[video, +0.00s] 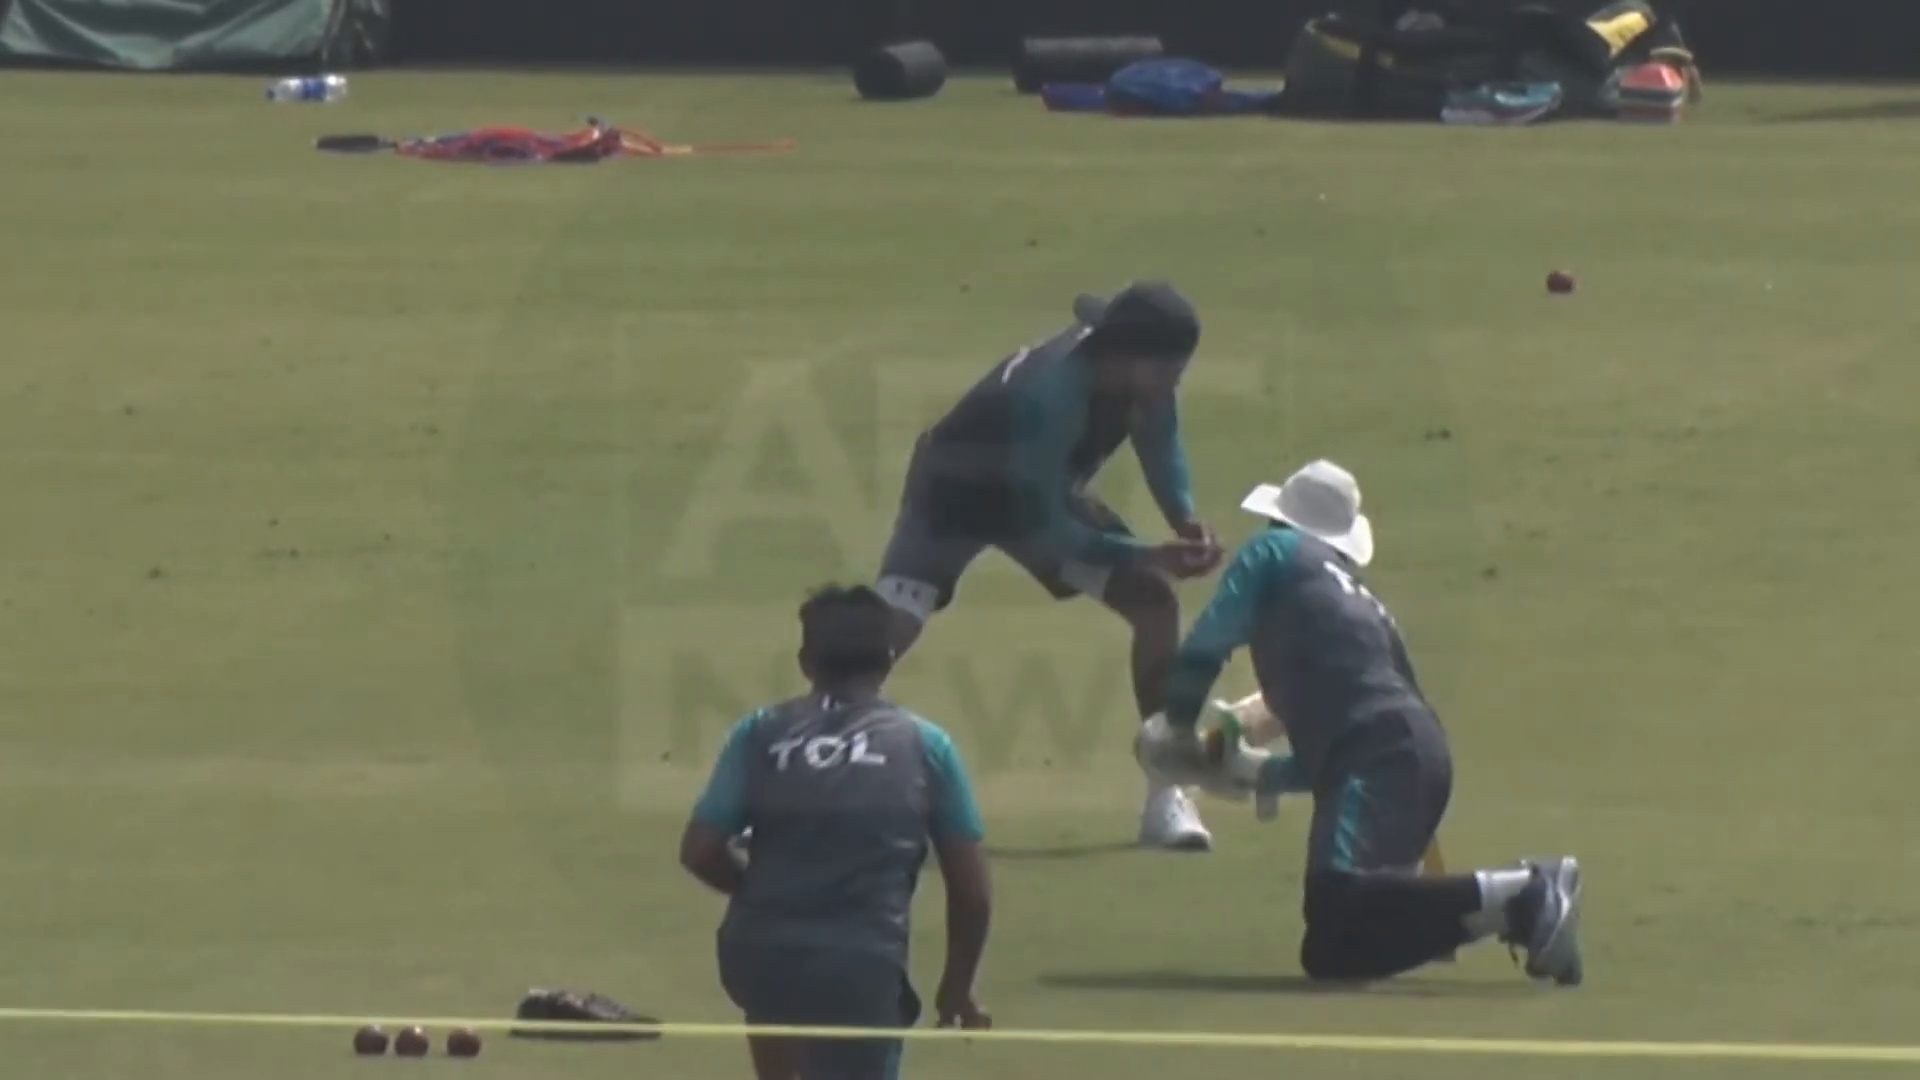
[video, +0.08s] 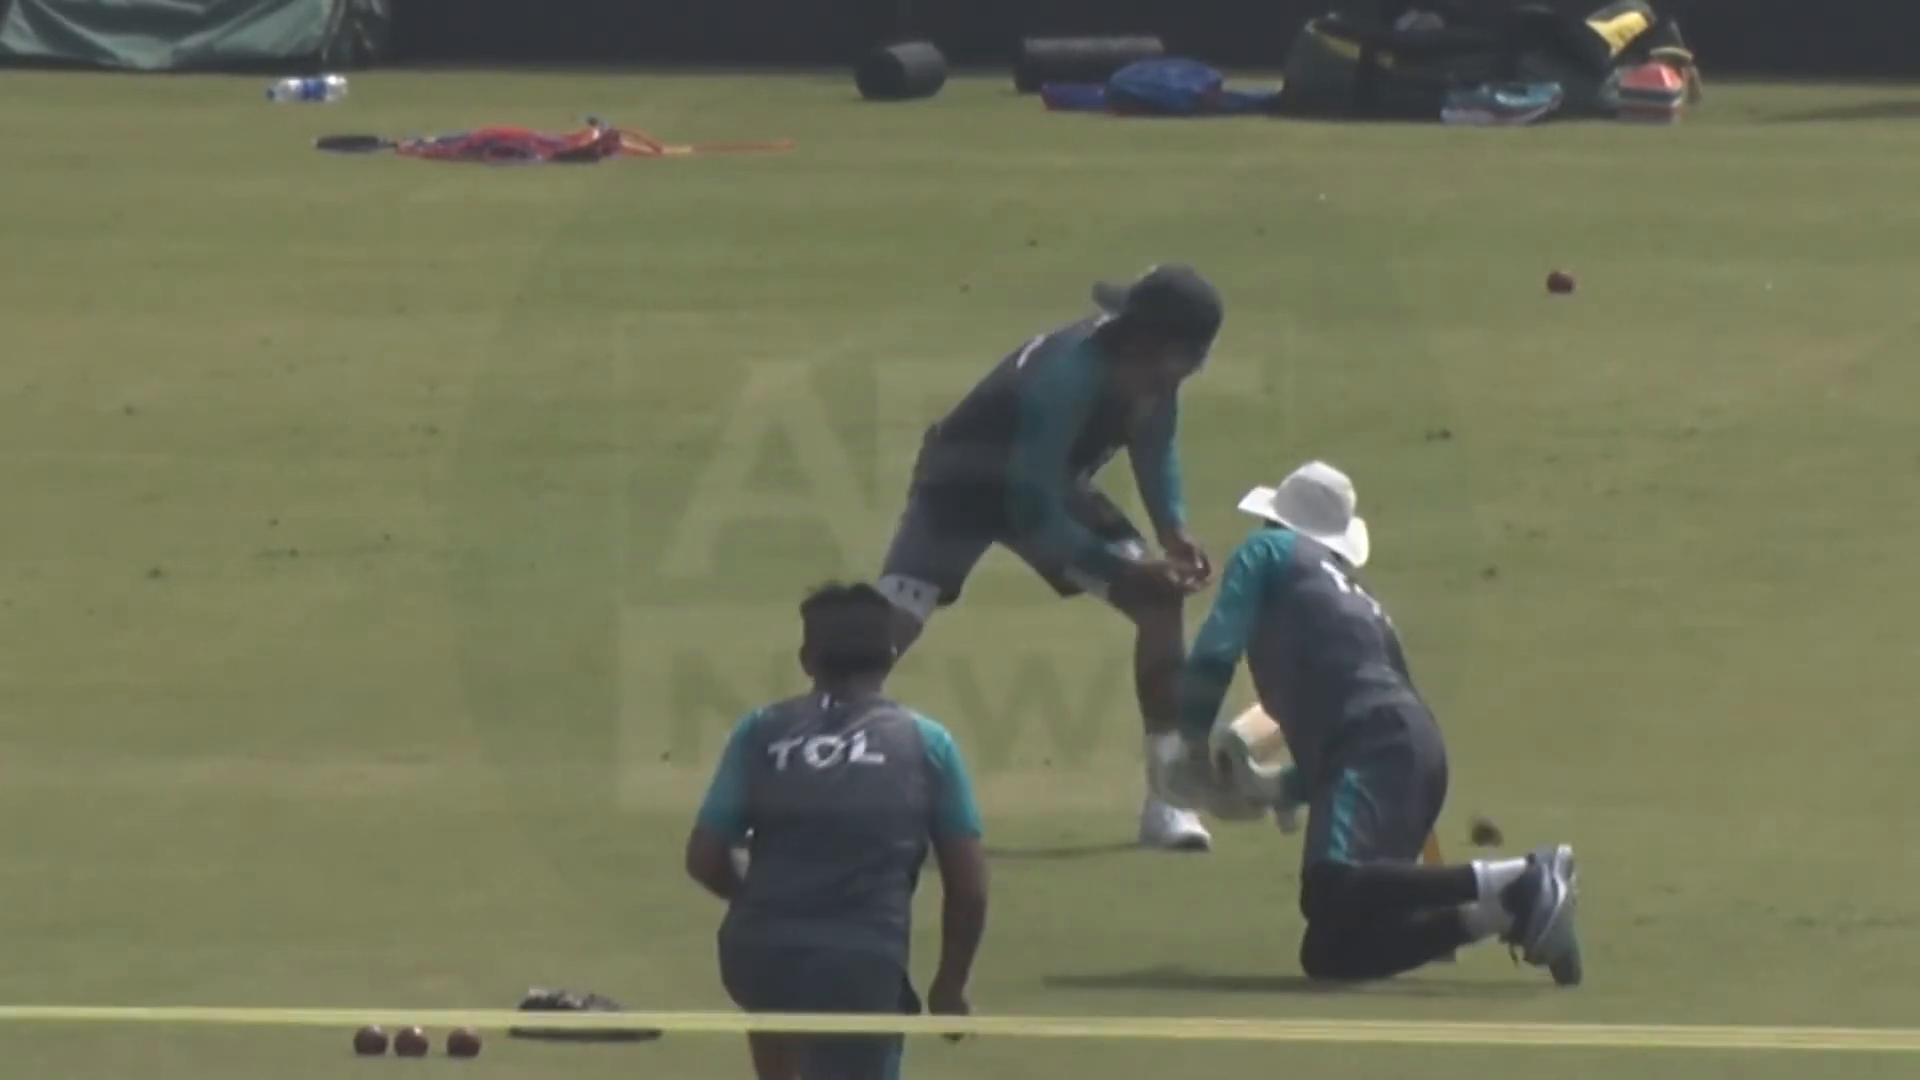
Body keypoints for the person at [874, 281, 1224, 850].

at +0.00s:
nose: (1169, 384)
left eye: (1173, 371)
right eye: (1162, 369)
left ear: (1169, 360)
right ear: (1128, 358)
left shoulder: (1145, 369)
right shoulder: (1055, 390)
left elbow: (1160, 444)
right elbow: (1045, 526)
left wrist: (1183, 515)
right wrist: (1147, 558)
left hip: (1034, 498)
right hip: (952, 495)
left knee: (1155, 605)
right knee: (888, 636)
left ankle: (1168, 799)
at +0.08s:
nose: (1178, 379)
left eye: (1185, 368)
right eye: (1176, 364)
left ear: (1178, 354)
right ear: (1144, 343)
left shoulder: (1151, 371)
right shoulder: (1063, 377)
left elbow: (1154, 448)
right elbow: (1032, 513)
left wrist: (1171, 532)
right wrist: (1124, 571)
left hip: (1048, 487)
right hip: (964, 485)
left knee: (1161, 604)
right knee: (892, 631)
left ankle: (1166, 803)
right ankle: (804, 779)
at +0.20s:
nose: (1238, 330)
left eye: (1241, 317)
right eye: (1232, 315)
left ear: (1200, 309)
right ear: (1195, 306)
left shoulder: (1176, 352)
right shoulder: (1097, 347)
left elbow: (1162, 437)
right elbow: (1024, 466)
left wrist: (1184, 523)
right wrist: (1086, 570)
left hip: (1076, 478)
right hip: (985, 476)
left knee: (1178, 602)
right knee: (897, 636)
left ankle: (1162, 806)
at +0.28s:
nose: (1268, 302)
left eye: (1272, 288)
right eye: (1262, 286)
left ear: (1228, 281)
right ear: (1219, 276)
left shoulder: (1211, 329)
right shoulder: (1122, 316)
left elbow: (1187, 423)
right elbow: (1034, 419)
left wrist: (1203, 510)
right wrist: (1063, 526)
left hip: (1109, 469)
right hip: (1023, 459)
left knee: (1196, 609)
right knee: (919, 626)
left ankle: (1163, 807)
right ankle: (793, 751)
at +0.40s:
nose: (1284, 253)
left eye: (1294, 239)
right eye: (1275, 235)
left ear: (1295, 238)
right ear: (1229, 221)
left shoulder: (1253, 301)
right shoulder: (1150, 273)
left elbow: (1230, 401)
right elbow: (1051, 366)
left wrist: (1242, 497)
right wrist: (1056, 475)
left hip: (1142, 463)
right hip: (1059, 446)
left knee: (1212, 609)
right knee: (961, 613)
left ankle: (1166, 806)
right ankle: (850, 761)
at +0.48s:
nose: (1286, 217)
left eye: (1298, 205)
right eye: (1274, 199)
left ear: (1304, 206)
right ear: (1235, 189)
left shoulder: (1270, 280)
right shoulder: (1160, 246)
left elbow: (1252, 388)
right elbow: (1064, 341)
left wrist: (1267, 491)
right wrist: (1068, 446)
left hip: (1160, 445)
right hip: (1081, 430)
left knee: (1217, 609)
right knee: (1006, 600)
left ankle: (1167, 803)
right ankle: (905, 755)